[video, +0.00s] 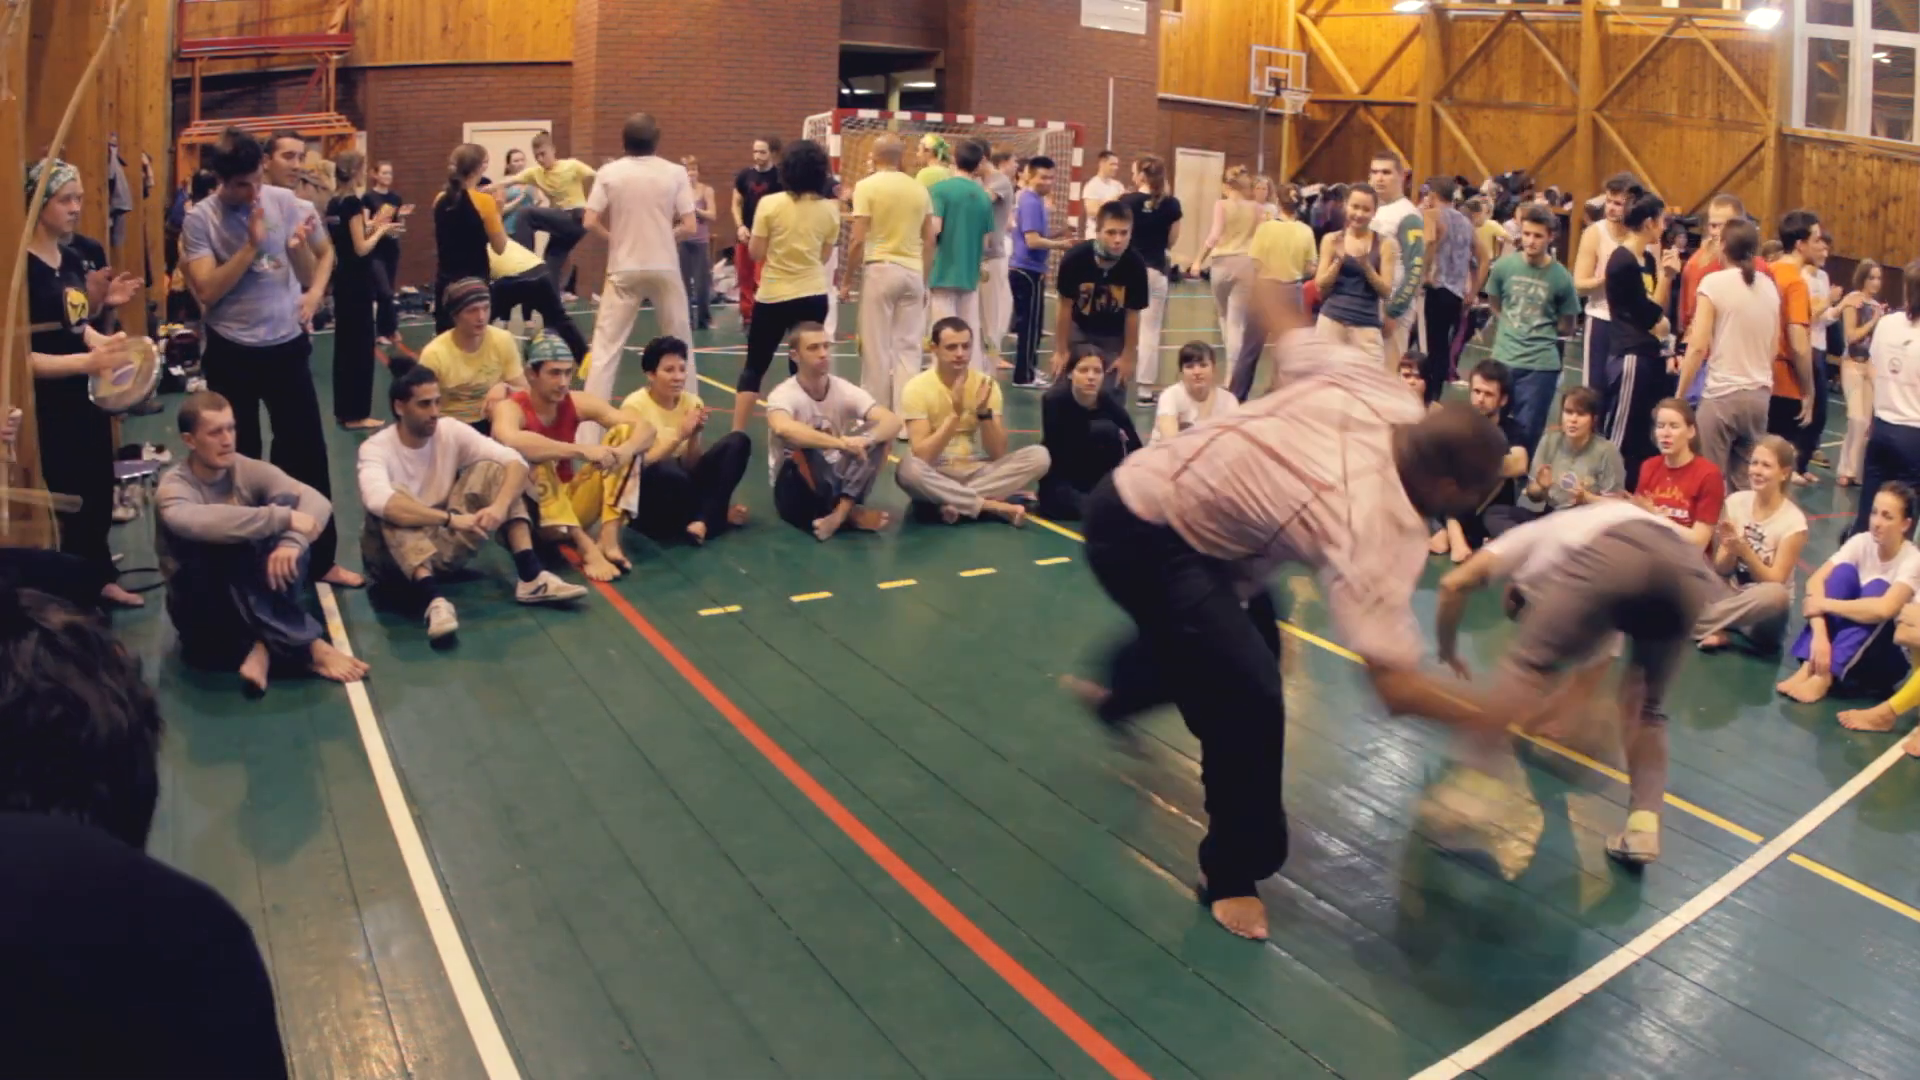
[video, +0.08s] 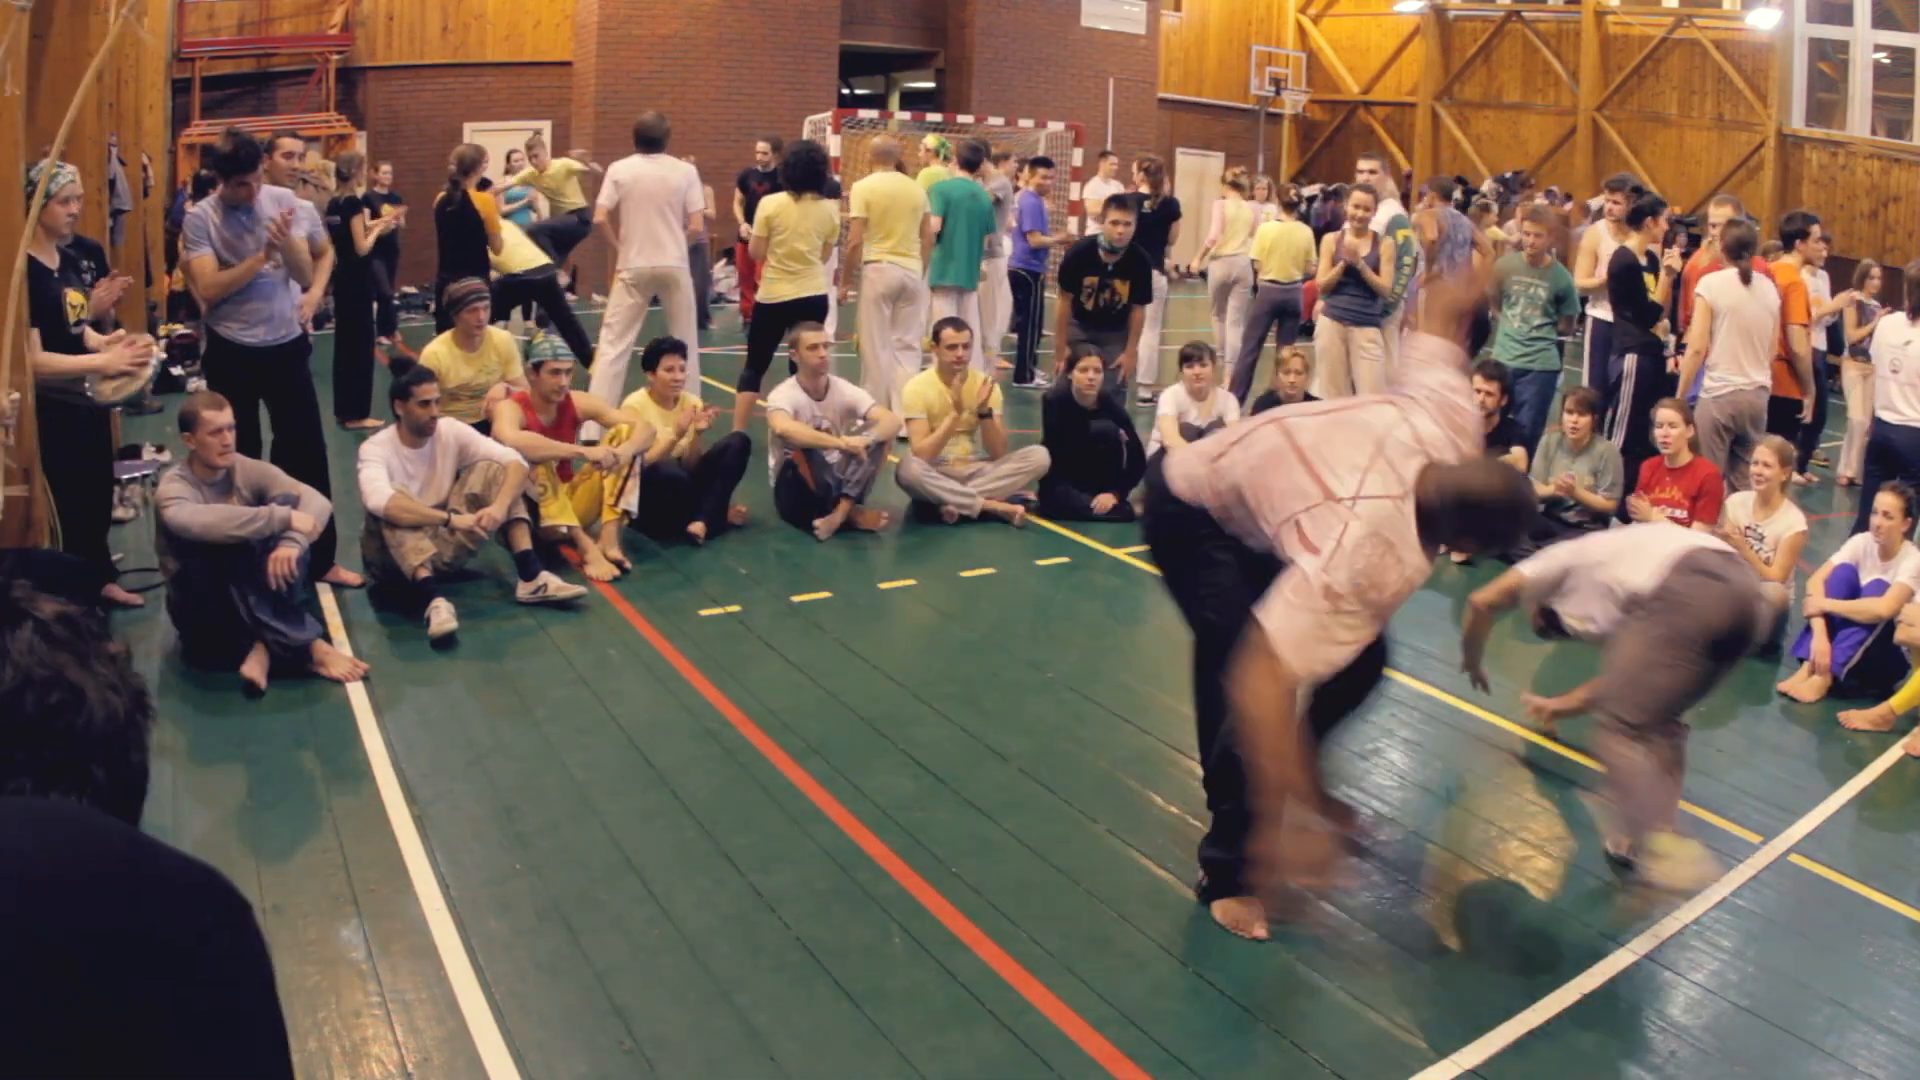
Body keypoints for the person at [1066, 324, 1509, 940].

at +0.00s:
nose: (1474, 503)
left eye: (1481, 492)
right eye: (1475, 492)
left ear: (1430, 413)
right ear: (1446, 487)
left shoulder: (1381, 388)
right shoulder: (1380, 527)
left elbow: (1283, 326)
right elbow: (1398, 690)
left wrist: (1255, 278)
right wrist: (1501, 714)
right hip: (1143, 528)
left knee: (1252, 647)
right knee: (1248, 696)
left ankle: (1114, 690)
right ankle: (1230, 877)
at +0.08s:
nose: (1478, 558)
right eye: (1486, 547)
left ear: (1478, 454)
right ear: (1468, 544)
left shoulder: (1450, 419)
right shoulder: (1372, 552)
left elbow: (1438, 313)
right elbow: (1259, 673)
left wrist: (1478, 269)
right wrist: (1290, 814)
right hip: (1190, 497)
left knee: (1359, 660)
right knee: (1235, 675)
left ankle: (1278, 765)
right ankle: (1228, 875)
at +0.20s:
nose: (1508, 593)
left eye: (1518, 579)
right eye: (1493, 588)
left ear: (1513, 529)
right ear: (1439, 563)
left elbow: (1634, 482)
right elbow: (1176, 494)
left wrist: (1729, 531)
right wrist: (1034, 550)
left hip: (1413, 467)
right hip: (1306, 478)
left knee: (1455, 691)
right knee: (1280, 692)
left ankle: (1472, 849)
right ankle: (1231, 872)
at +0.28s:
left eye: (1457, 624)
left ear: (1460, 588)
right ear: (1388, 596)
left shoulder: (1507, 539)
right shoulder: (1336, 481)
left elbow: (1621, 611)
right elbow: (1245, 394)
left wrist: (1642, 709)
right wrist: (1136, 367)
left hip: (1497, 467)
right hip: (1383, 450)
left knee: (1510, 699)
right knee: (1328, 670)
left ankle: (1477, 847)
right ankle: (1269, 856)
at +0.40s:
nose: (1377, 591)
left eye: (1367, 592)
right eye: (1369, 588)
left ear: (1369, 577)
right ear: (1336, 519)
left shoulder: (1451, 553)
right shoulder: (1364, 420)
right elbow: (1404, 318)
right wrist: (1357, 256)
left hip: (1586, 507)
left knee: (1543, 695)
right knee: (1415, 650)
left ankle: (1494, 855)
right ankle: (1381, 805)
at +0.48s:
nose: (1343, 540)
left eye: (1331, 533)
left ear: (1335, 525)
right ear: (1334, 452)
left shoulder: (1402, 516)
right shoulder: (1404, 376)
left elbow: (1450, 672)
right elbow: (1509, 308)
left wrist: (1328, 773)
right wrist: (1529, 244)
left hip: (1623, 538)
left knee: (1548, 698)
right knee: (1481, 669)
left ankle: (1519, 853)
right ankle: (1458, 819)